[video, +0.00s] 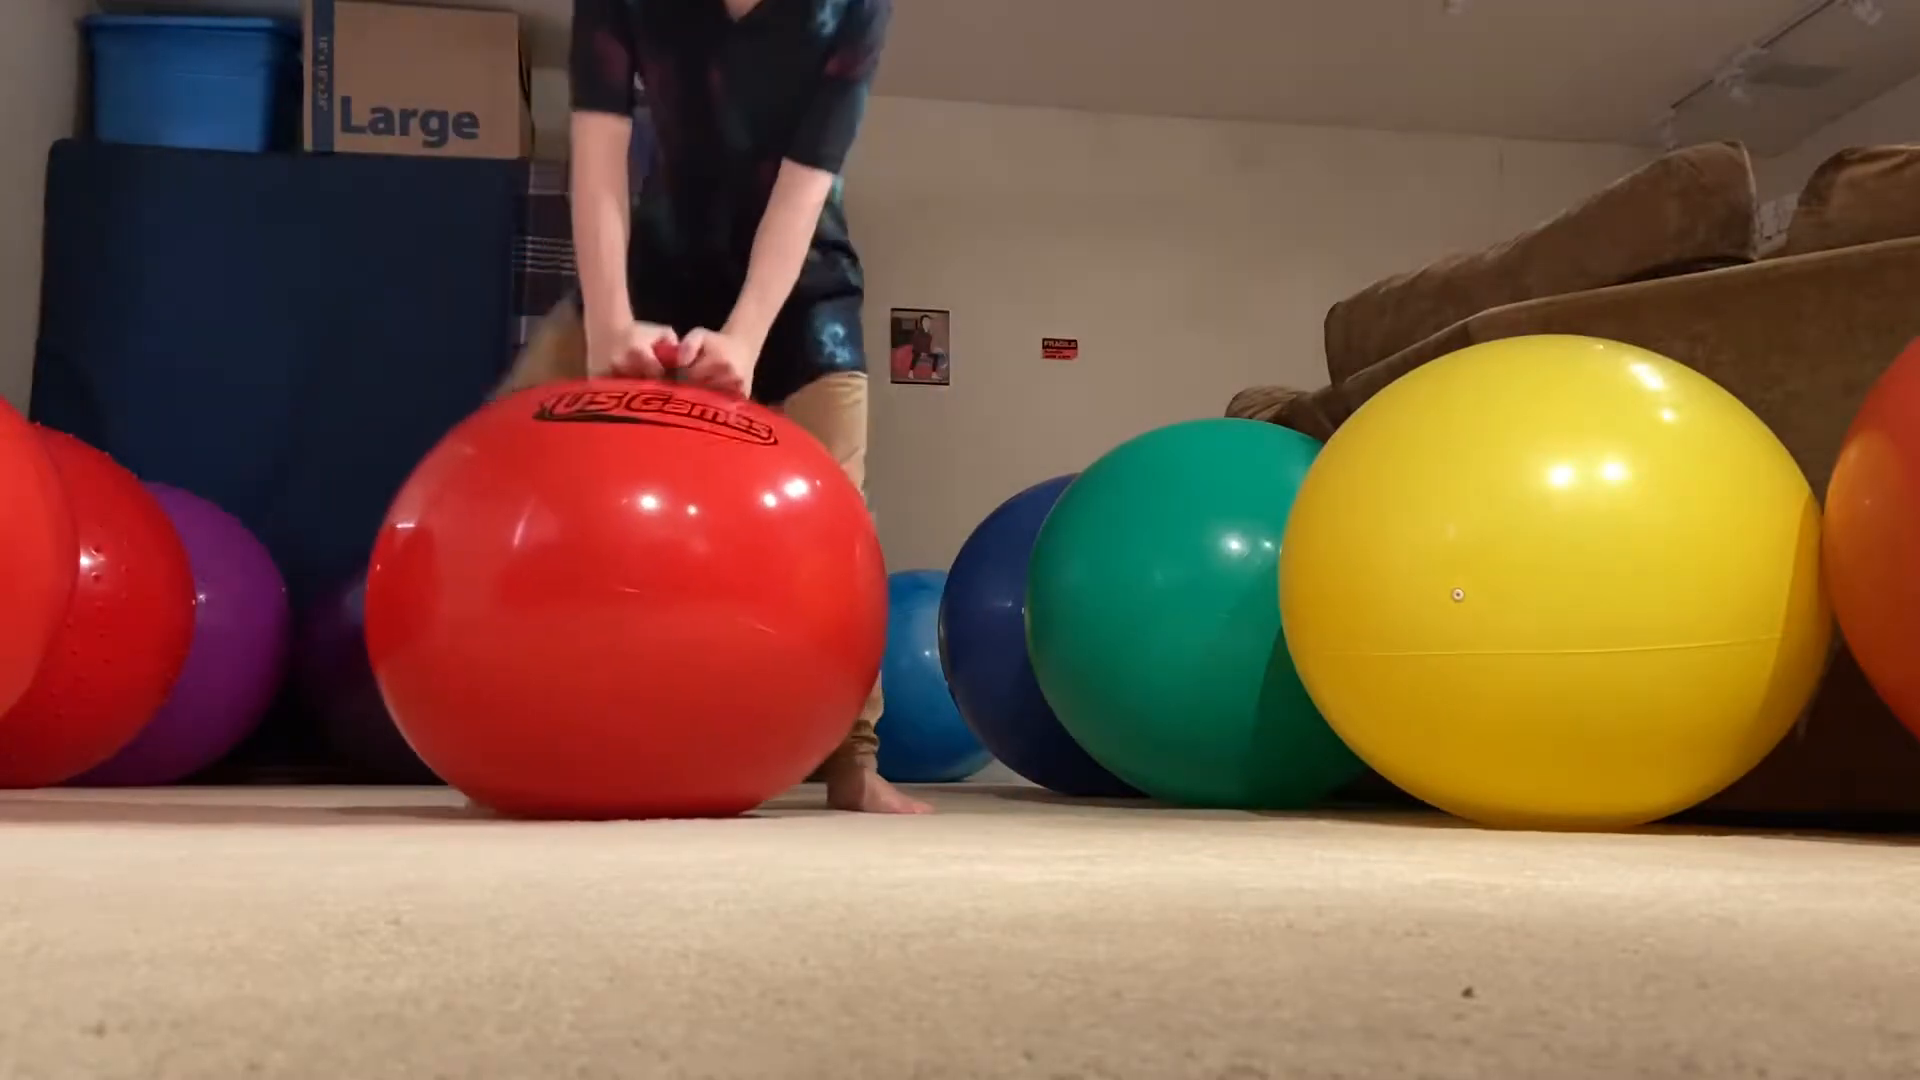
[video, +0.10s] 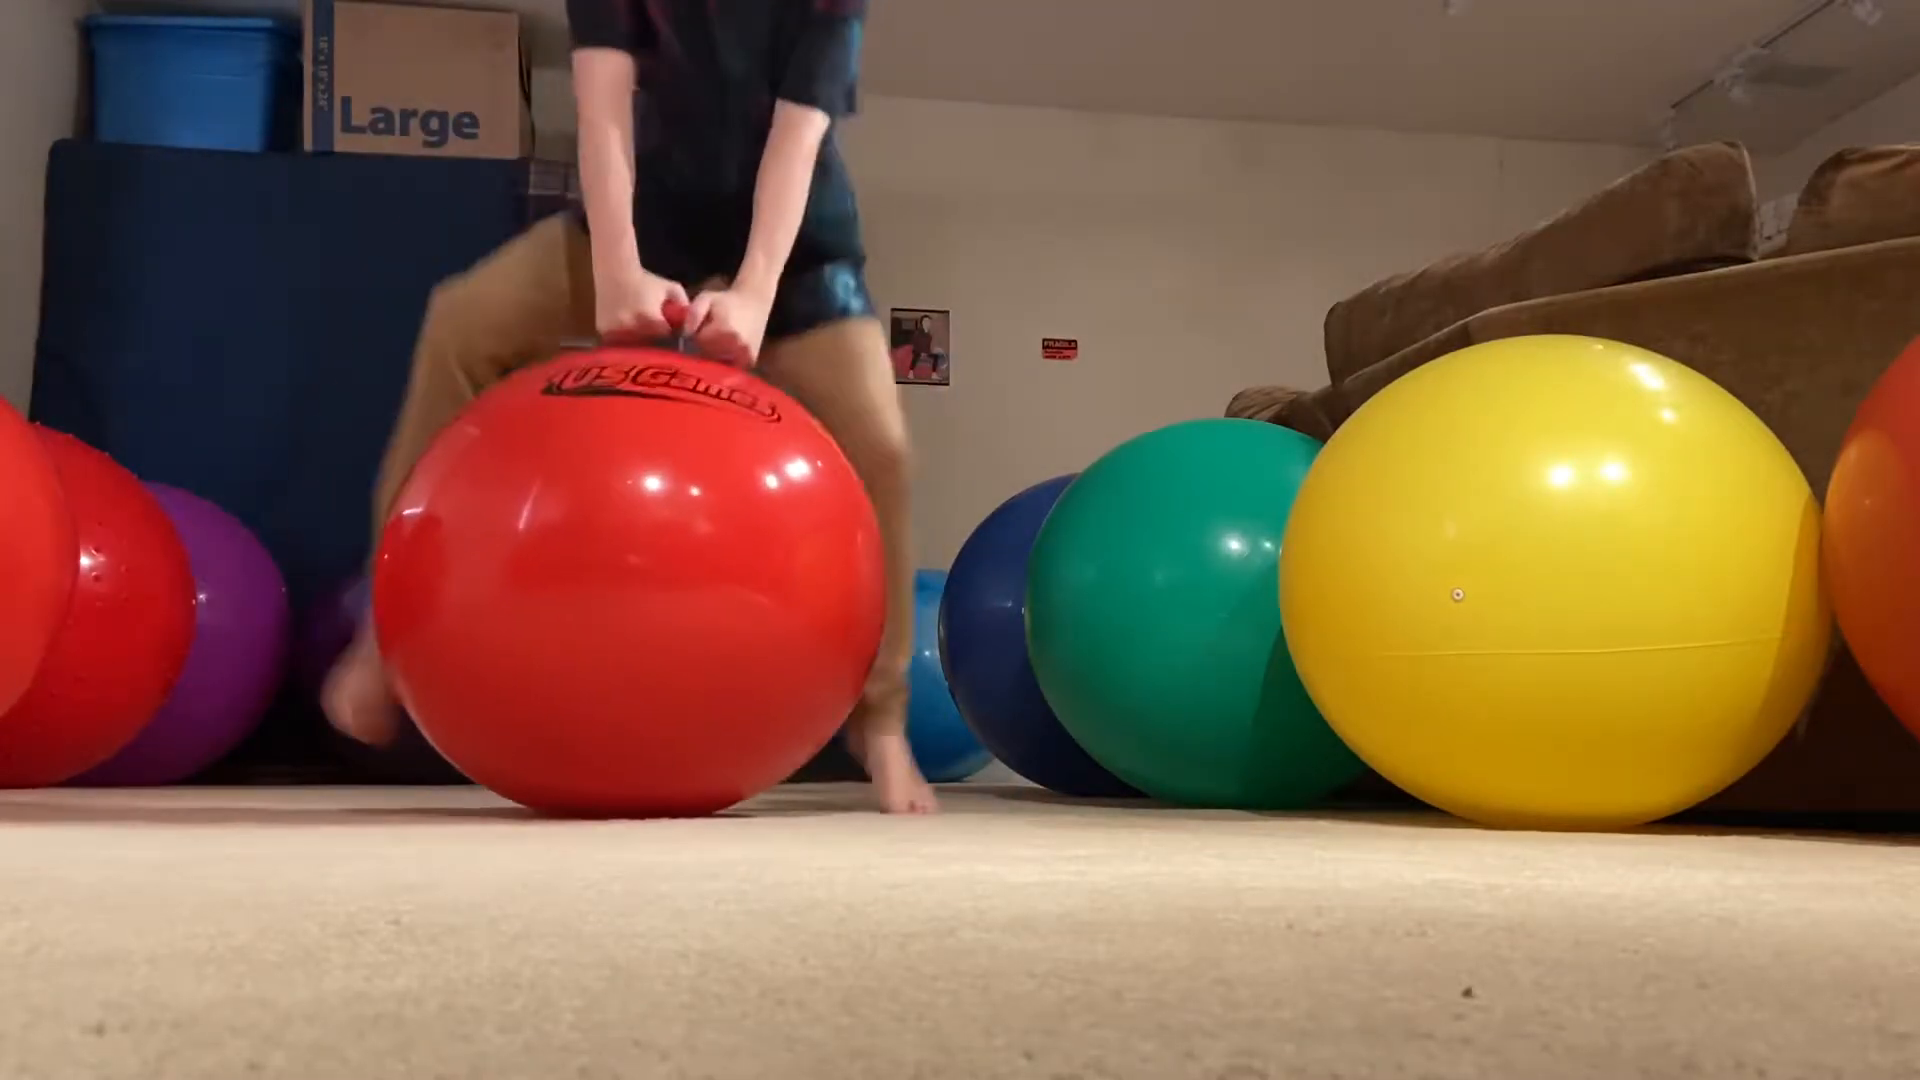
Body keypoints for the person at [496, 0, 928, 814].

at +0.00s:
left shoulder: (852, 11)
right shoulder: (614, 4)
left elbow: (801, 194)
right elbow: (599, 165)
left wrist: (742, 338)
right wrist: (610, 323)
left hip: (796, 262)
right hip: (649, 251)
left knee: (833, 517)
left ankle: (852, 767)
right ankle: (521, 740)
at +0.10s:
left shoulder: (827, 13)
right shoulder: (605, 5)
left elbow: (797, 138)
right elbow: (603, 121)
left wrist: (753, 290)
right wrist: (618, 273)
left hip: (795, 242)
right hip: (634, 225)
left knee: (880, 448)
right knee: (459, 320)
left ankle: (882, 720)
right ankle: (391, 620)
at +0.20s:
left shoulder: (809, 6)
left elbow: (796, 126)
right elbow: (582, 100)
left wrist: (754, 280)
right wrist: (616, 255)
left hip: (769, 239)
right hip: (610, 219)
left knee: (937, 363)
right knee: (422, 242)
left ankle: (926, 657)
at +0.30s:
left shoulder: (815, 6)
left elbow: (825, 155)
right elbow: (536, 124)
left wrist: (751, 286)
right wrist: (601, 264)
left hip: (754, 281)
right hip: (589, 265)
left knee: (946, 333)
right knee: (404, 245)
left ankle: (961, 647)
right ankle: (226, 536)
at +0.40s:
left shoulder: (787, 97)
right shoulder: (549, 61)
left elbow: (820, 272)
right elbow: (495, 254)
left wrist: (734, 355)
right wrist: (578, 337)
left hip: (723, 386)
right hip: (562, 364)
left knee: (933, 386)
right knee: (373, 319)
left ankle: (996, 692)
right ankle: (214, 625)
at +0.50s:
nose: (653, 66)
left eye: (677, 44)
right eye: (628, 43)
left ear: (718, 68)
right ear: (590, 64)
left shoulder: (774, 226)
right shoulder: (519, 208)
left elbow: (803, 401)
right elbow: (467, 387)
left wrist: (730, 473)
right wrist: (560, 451)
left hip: (726, 489)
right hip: (549, 481)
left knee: (913, 437)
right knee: (347, 390)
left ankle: (986, 728)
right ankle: (275, 724)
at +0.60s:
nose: (647, 13)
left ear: (703, 15)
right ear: (586, 11)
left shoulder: (761, 161)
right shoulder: (515, 148)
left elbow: (786, 350)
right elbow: (467, 336)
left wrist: (706, 429)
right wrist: (555, 406)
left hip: (711, 448)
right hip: (545, 438)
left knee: (910, 410)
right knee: (333, 378)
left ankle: (910, 748)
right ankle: (334, 742)